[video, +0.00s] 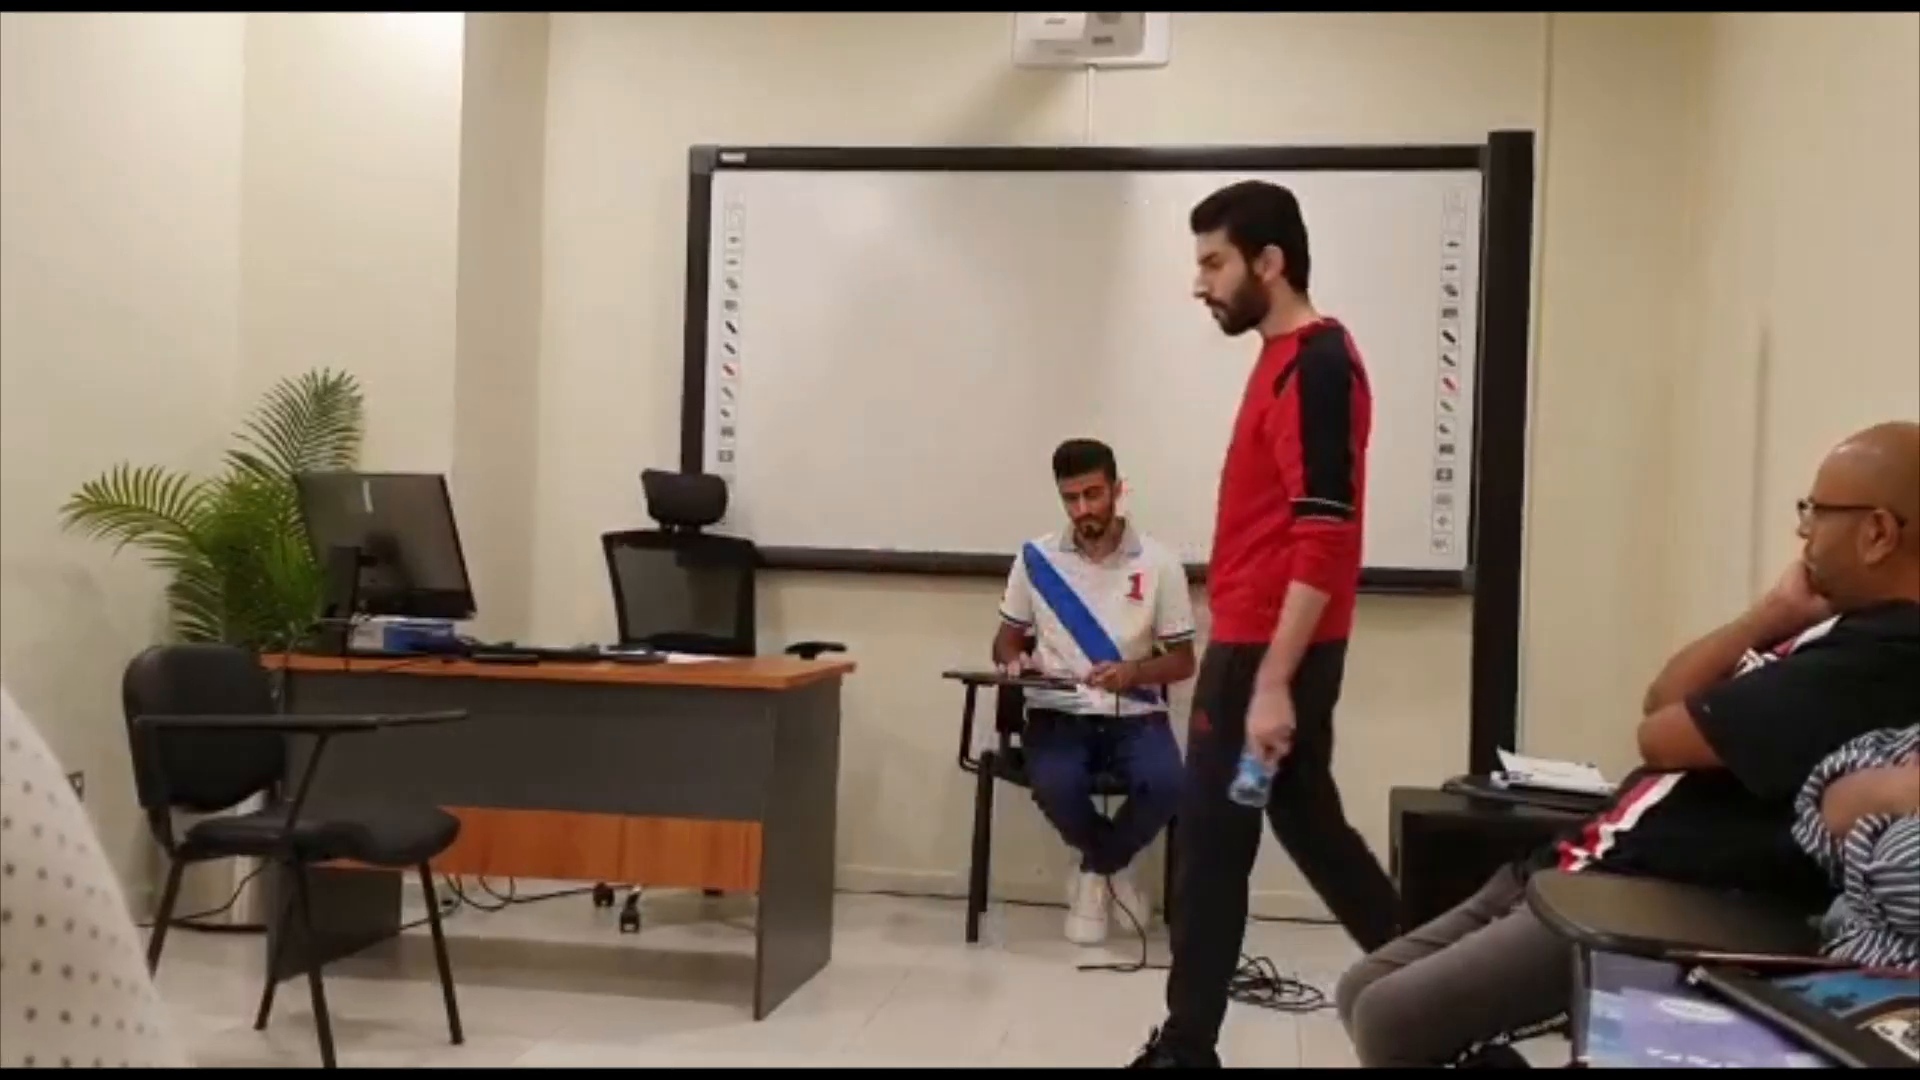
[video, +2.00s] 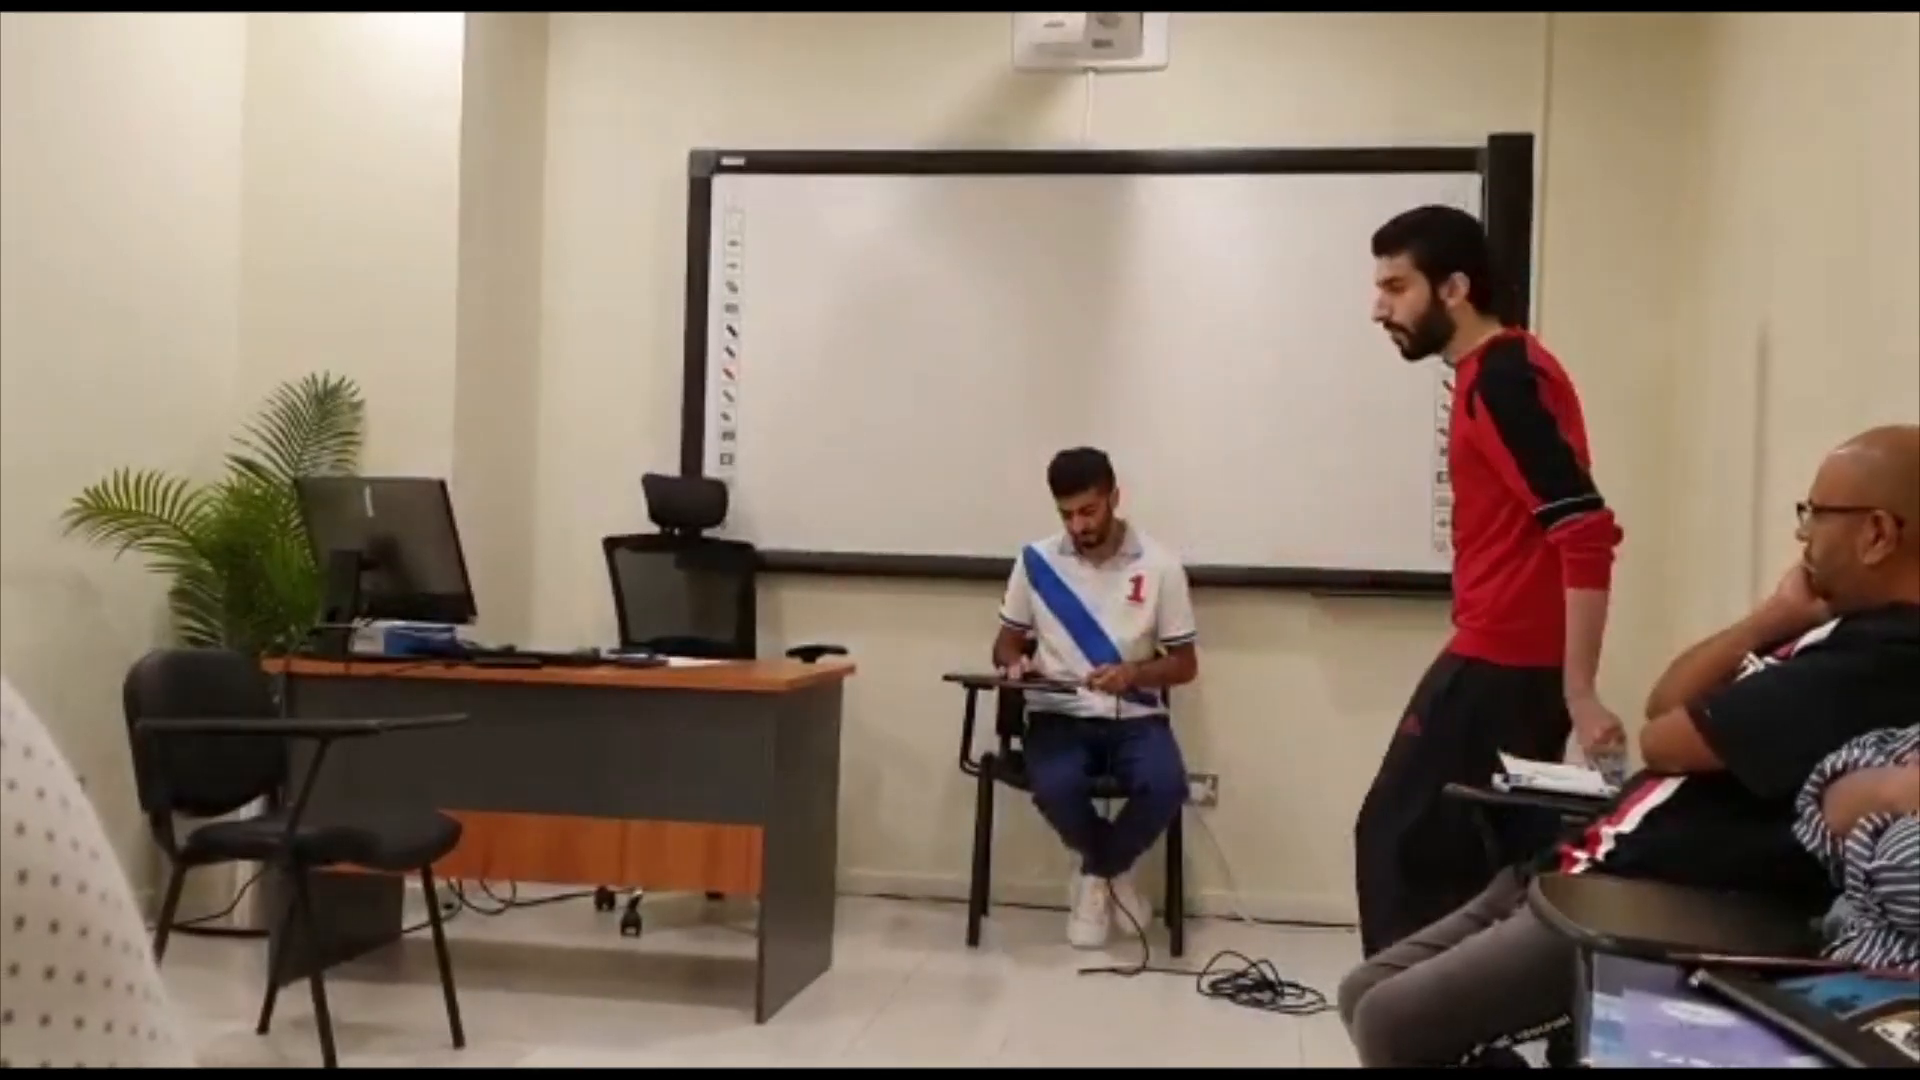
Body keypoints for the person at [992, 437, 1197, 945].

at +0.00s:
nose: (1083, 510)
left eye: (1092, 495)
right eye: (1071, 498)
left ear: (1117, 491)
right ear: (1060, 499)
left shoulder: (1157, 561)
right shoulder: (1036, 559)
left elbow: (1183, 660)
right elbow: (1006, 641)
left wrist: (1133, 673)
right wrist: (1013, 659)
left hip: (1134, 713)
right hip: (1058, 712)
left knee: (1165, 785)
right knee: (1055, 790)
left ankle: (1095, 874)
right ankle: (1115, 865)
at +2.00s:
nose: (1078, 526)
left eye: (1088, 512)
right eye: (1068, 515)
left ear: (1115, 498)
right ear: (1057, 509)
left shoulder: (1158, 566)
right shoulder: (1036, 562)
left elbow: (1184, 663)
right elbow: (1007, 643)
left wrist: (1132, 674)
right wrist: (1013, 662)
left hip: (1134, 717)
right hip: (1058, 716)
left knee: (1164, 788)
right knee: (1055, 791)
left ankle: (1094, 879)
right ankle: (1115, 869)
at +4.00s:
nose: (1077, 523)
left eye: (1087, 509)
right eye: (1067, 512)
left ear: (1113, 498)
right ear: (1056, 507)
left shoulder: (1157, 564)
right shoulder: (1035, 560)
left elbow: (1184, 661)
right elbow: (1004, 643)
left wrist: (1129, 672)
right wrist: (1013, 660)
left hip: (1135, 714)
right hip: (1057, 713)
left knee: (1163, 786)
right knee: (1054, 789)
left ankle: (1094, 877)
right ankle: (1113, 867)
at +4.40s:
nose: (1079, 521)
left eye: (1088, 507)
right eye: (1068, 510)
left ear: (1114, 497)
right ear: (1057, 505)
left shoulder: (1158, 563)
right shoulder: (1036, 558)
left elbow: (1184, 659)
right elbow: (1006, 642)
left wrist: (1131, 671)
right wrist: (1014, 660)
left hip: (1136, 712)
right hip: (1059, 711)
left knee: (1165, 784)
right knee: (1056, 787)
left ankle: (1096, 874)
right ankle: (1115, 866)